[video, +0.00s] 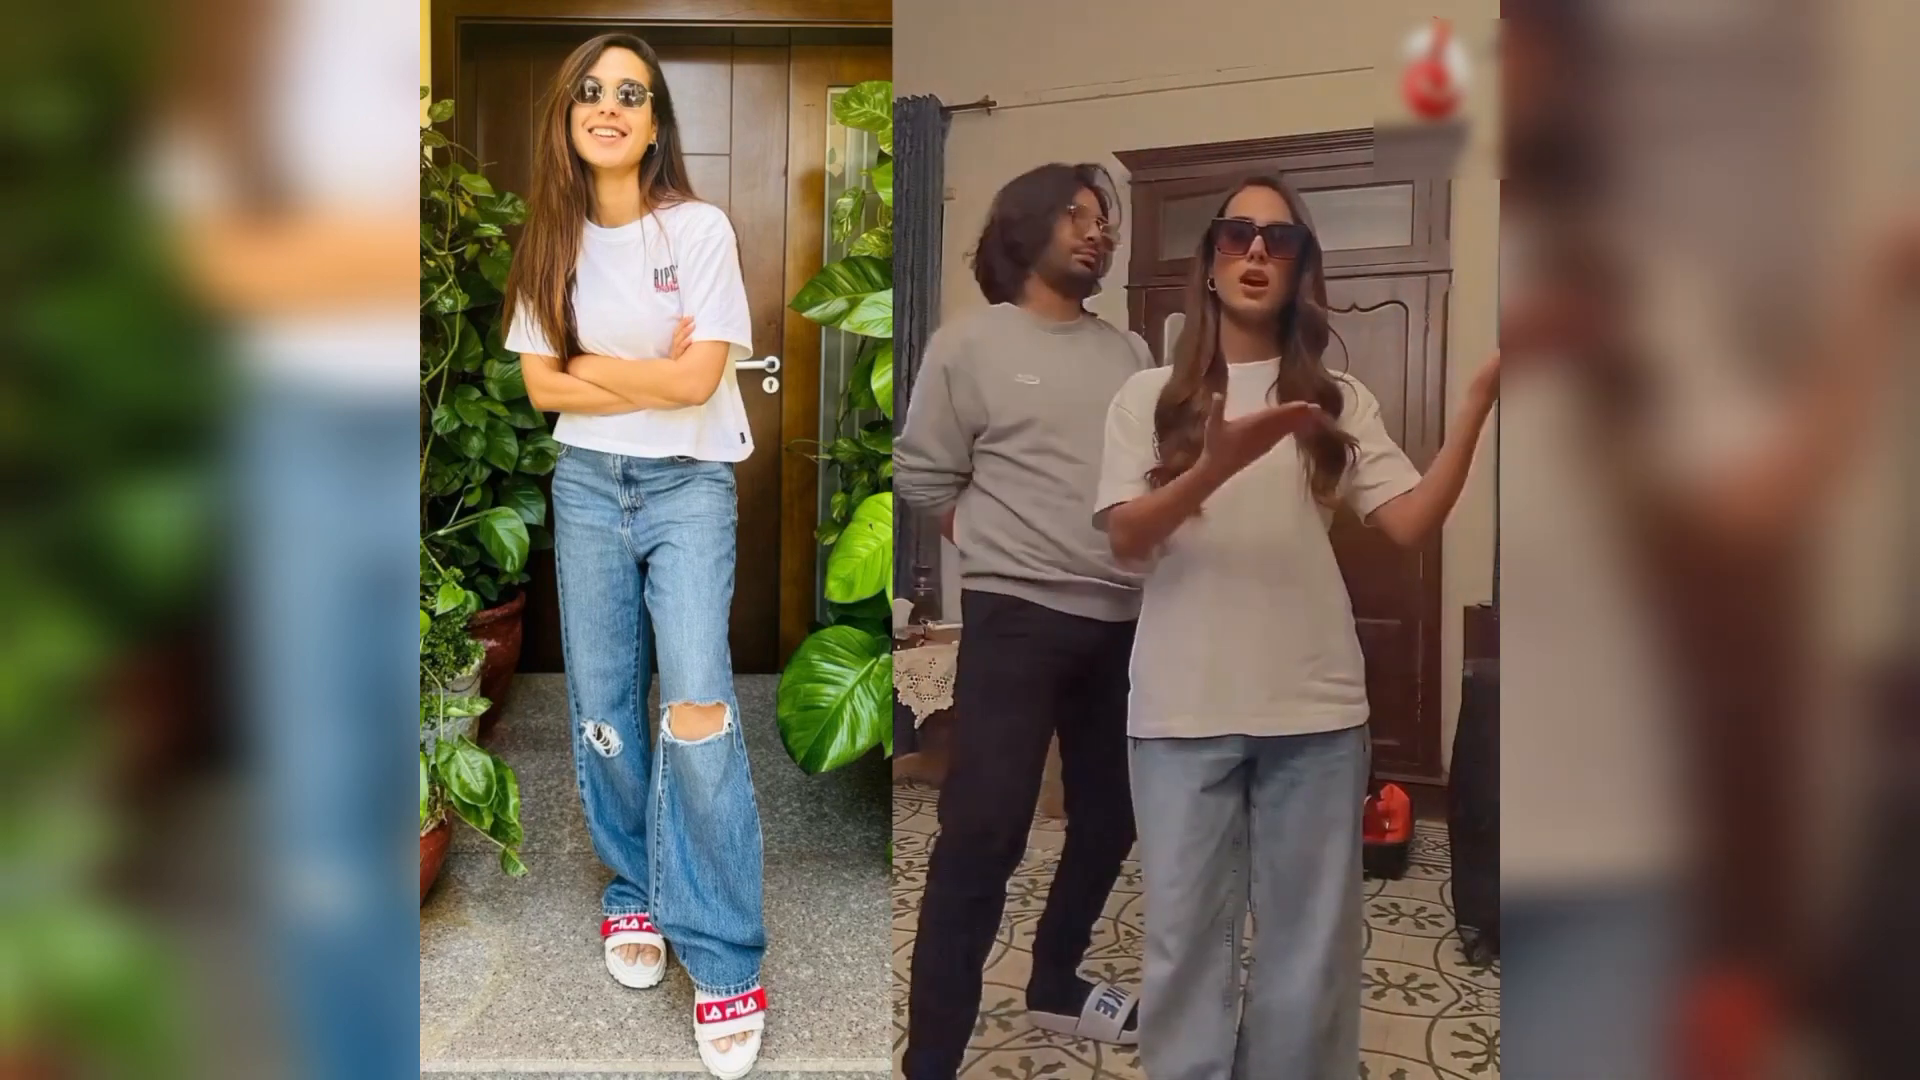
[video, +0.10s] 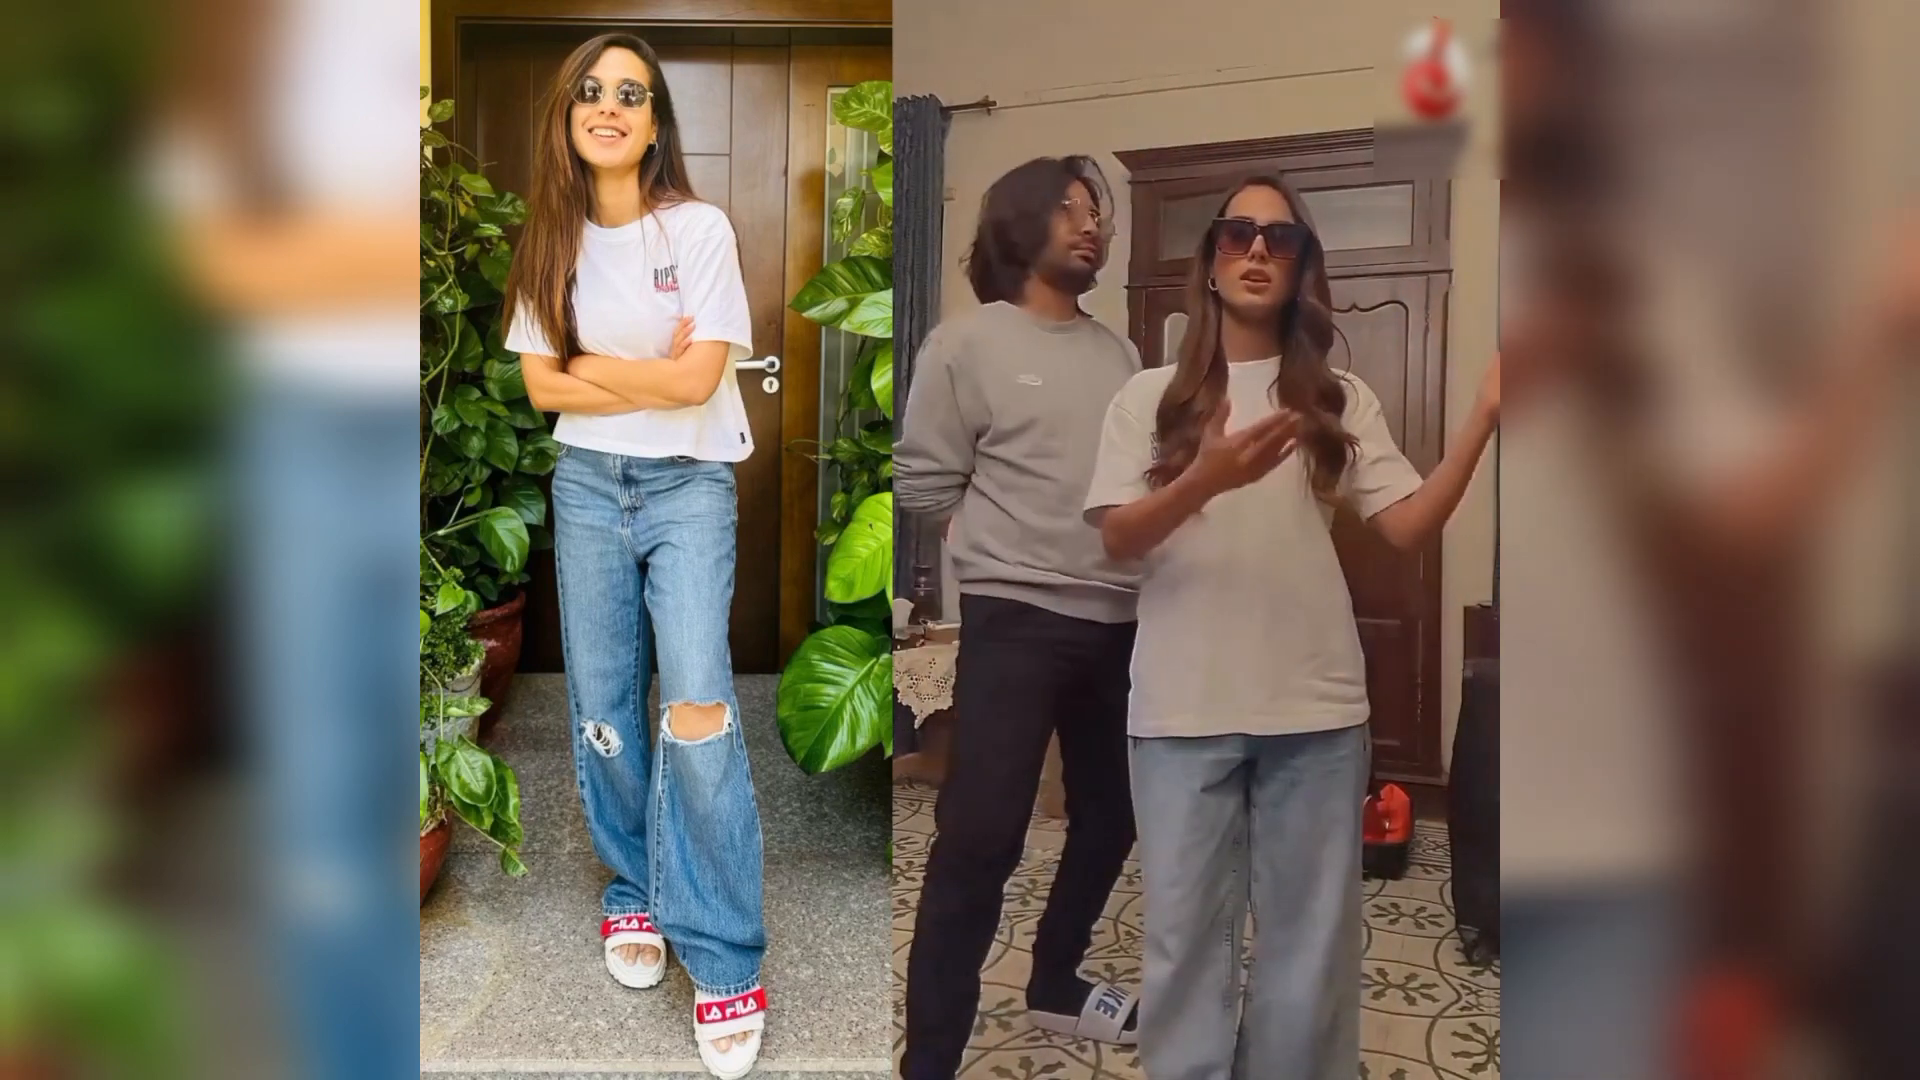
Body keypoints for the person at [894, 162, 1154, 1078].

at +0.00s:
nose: (1101, 231)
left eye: (1104, 219)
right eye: (1081, 216)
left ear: (1103, 241)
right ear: (1028, 232)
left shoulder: (1127, 350)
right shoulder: (967, 344)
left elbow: (1149, 480)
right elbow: (920, 484)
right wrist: (1006, 522)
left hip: (1117, 619)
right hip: (1012, 616)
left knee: (1107, 820)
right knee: (985, 829)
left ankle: (1054, 991)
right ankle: (933, 1058)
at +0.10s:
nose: (1093, 224)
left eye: (1097, 212)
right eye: (1073, 209)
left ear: (1096, 236)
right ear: (1022, 225)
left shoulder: (1115, 349)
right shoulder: (962, 343)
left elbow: (1136, 480)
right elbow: (921, 489)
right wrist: (1011, 537)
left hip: (1113, 622)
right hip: (1010, 618)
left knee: (1107, 821)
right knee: (980, 837)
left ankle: (1055, 990)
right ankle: (931, 1059)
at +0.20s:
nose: (1085, 206)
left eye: (1085, 193)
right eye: (1063, 192)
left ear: (1084, 218)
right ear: (1011, 213)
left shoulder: (1112, 339)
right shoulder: (963, 331)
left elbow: (1126, 469)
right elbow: (921, 479)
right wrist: (1017, 527)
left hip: (1109, 621)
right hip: (1011, 617)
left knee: (1099, 815)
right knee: (985, 838)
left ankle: (1055, 989)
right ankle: (931, 1063)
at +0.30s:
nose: (1073, 185)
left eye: (1073, 172)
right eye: (1048, 173)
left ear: (1080, 199)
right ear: (999, 200)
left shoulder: (1107, 330)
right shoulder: (967, 318)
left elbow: (1109, 471)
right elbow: (916, 473)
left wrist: (1002, 521)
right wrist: (1003, 542)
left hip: (1106, 614)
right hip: (1007, 608)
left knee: (1090, 811)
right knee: (985, 834)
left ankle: (1055, 989)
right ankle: (932, 1061)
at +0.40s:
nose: (1067, 183)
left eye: (1066, 168)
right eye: (1039, 171)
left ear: (1072, 189)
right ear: (990, 198)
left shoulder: (1090, 323)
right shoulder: (966, 314)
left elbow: (1107, 469)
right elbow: (913, 472)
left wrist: (1129, 590)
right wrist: (910, 606)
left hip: (1099, 606)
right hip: (1007, 605)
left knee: (1084, 811)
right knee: (996, 833)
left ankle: (1056, 990)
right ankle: (935, 1060)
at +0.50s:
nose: (1067, 202)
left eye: (1063, 184)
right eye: (1042, 188)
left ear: (1057, 198)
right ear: (989, 208)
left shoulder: (1077, 325)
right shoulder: (963, 318)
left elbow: (1088, 475)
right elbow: (906, 481)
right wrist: (884, 607)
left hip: (1096, 602)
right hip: (1010, 604)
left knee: (1095, 814)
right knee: (1009, 851)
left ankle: (1056, 992)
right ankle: (937, 1062)